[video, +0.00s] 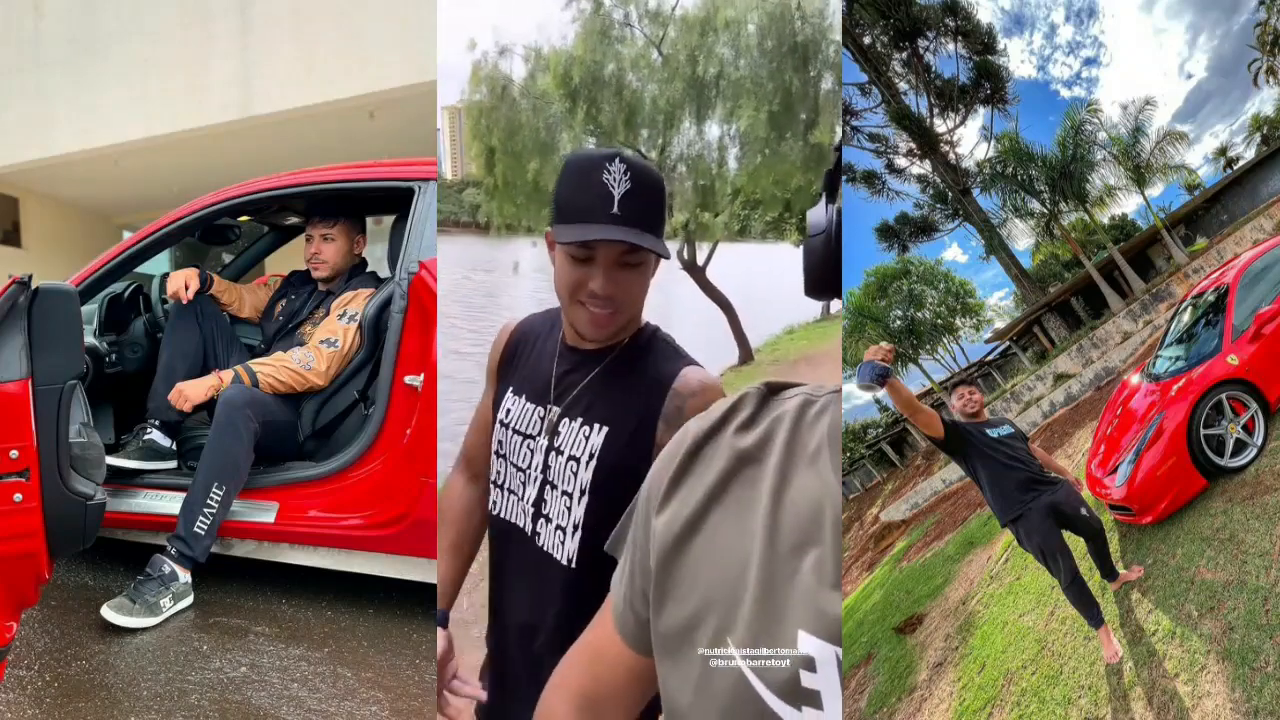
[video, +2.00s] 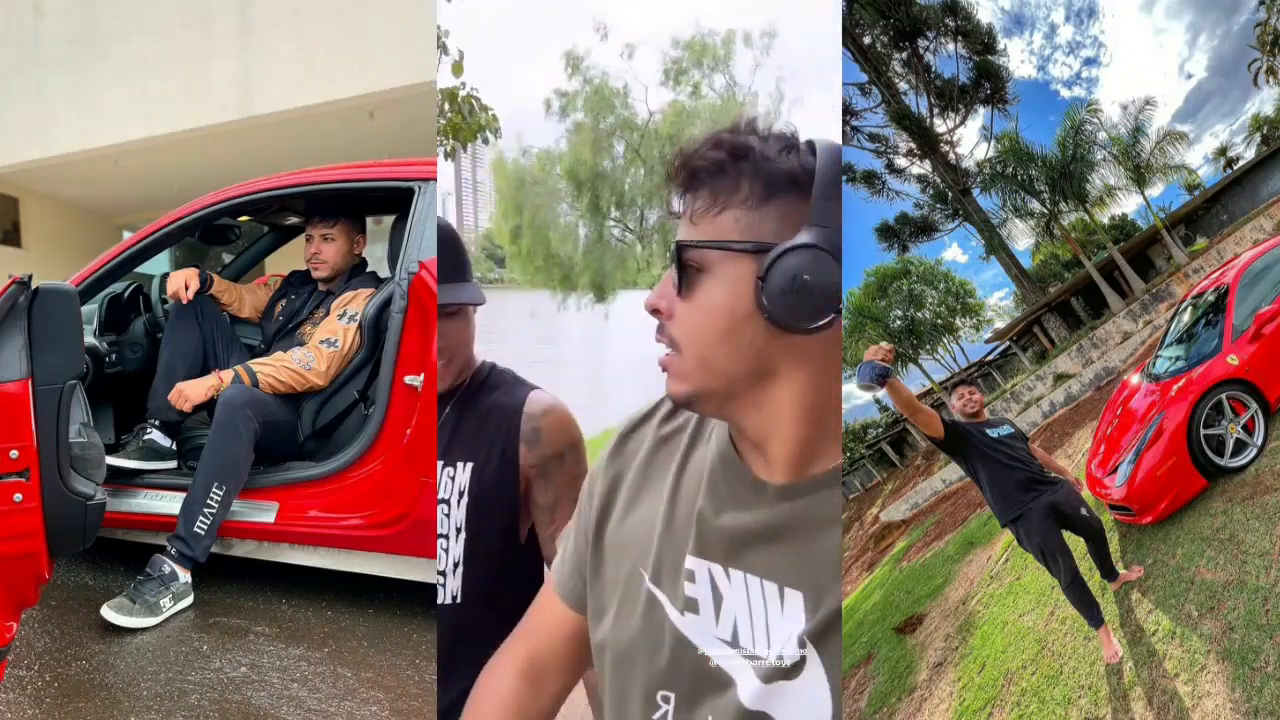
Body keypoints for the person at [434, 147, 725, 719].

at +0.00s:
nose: (600, 285)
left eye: (628, 262)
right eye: (582, 258)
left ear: (657, 262)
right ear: (551, 248)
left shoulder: (685, 397)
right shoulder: (520, 345)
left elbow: (682, 582)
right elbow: (471, 477)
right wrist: (437, 614)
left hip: (607, 701)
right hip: (505, 681)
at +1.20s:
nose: (627, 269)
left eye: (652, 243)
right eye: (605, 242)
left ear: (678, 242)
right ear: (570, 237)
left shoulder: (717, 379)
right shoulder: (528, 332)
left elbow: (737, 550)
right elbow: (469, 462)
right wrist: (478, 555)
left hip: (639, 684)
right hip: (530, 667)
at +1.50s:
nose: (585, 289)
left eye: (608, 264)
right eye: (564, 266)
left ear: (640, 257)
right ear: (539, 264)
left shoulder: (682, 386)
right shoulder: (515, 342)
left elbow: (677, 561)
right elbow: (462, 454)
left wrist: (615, 706)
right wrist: (444, 512)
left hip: (604, 690)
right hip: (500, 670)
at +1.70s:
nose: (538, 304)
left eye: (558, 277)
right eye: (514, 280)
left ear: (588, 273)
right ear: (489, 281)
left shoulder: (633, 400)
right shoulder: (463, 364)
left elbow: (634, 580)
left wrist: (581, 709)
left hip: (564, 697)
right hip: (464, 684)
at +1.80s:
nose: (501, 314)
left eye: (521, 284)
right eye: (476, 291)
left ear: (549, 281)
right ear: (451, 293)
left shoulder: (598, 402)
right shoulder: (438, 374)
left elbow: (611, 576)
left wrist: (590, 707)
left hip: (552, 696)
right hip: (459, 685)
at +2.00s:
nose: (431, 336)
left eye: (448, 313)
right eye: (417, 314)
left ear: (474, 310)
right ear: (393, 319)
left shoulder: (532, 424)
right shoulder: (377, 415)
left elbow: (581, 607)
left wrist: (607, 707)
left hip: (481, 699)